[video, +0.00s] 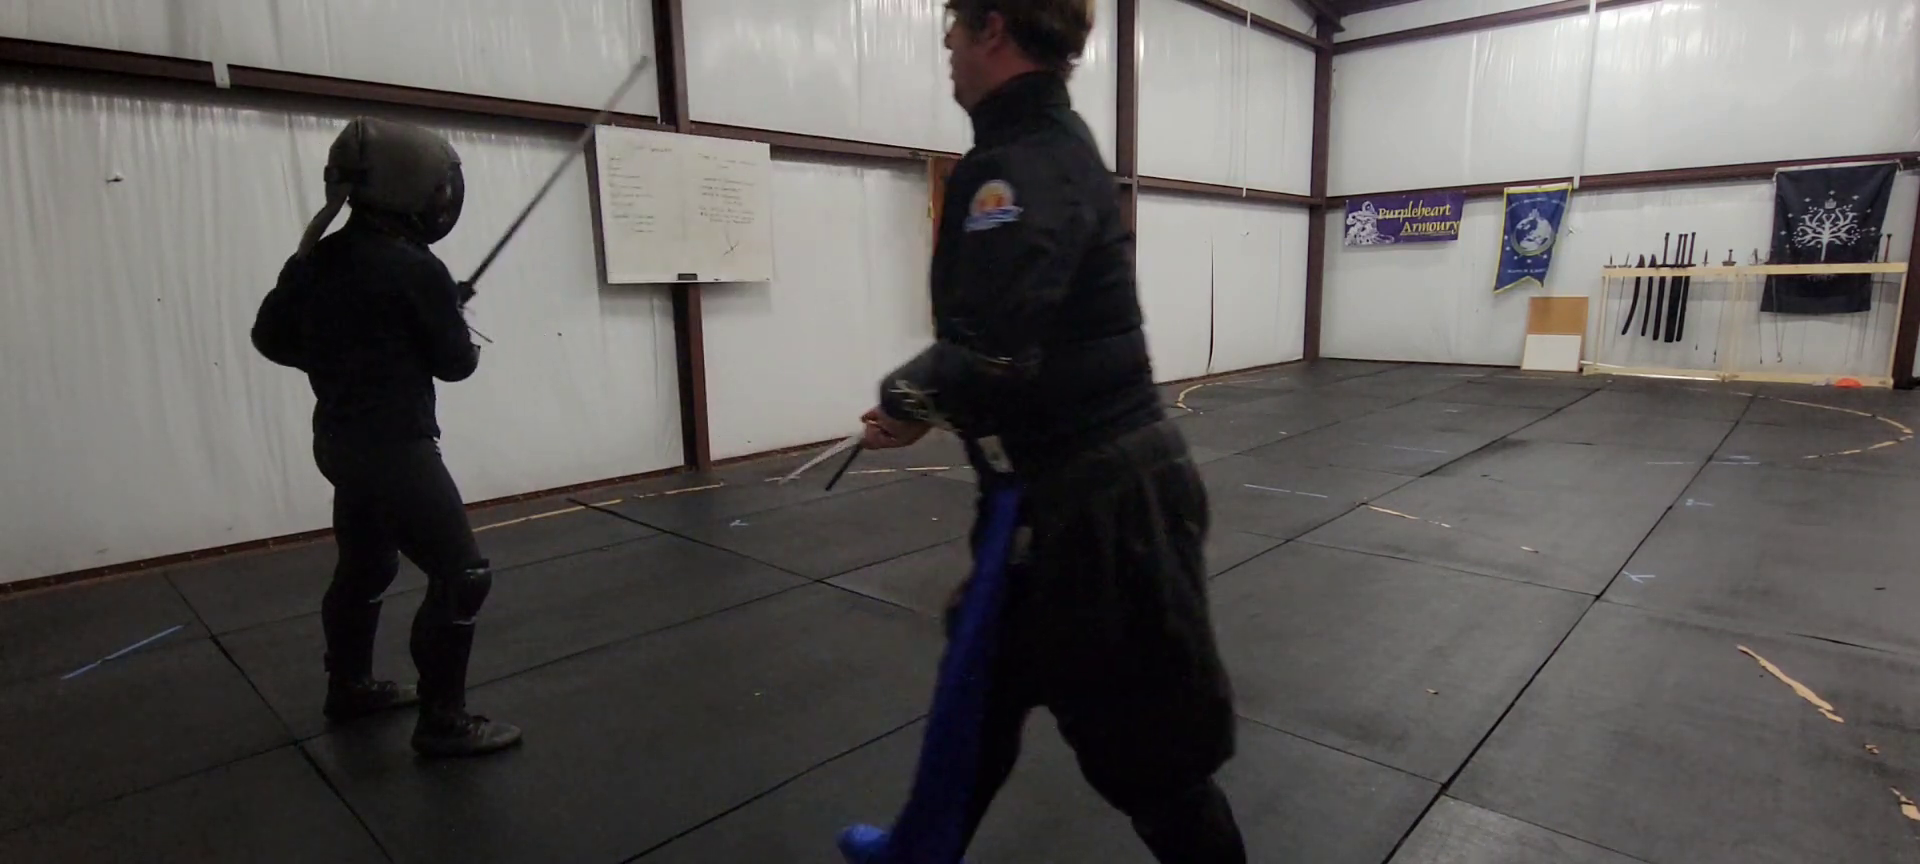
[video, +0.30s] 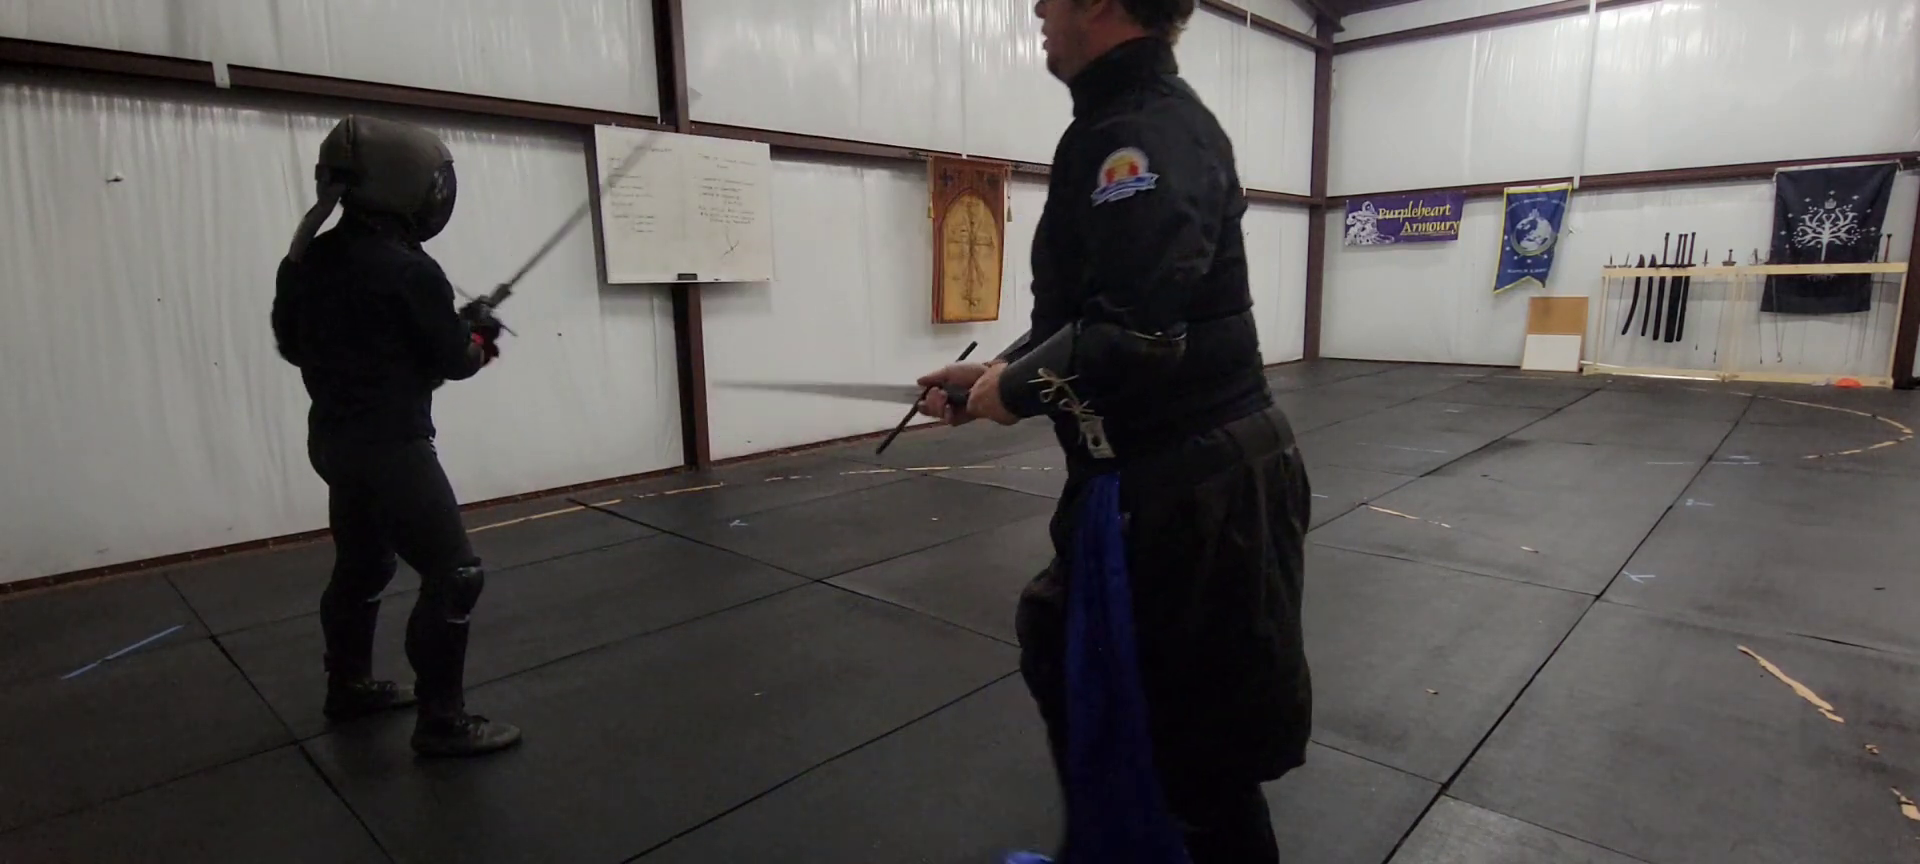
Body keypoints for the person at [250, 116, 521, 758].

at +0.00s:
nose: (449, 201)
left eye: (449, 188)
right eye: (444, 189)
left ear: (361, 189)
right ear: (424, 196)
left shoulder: (317, 261)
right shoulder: (416, 268)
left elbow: (269, 335)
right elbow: (455, 361)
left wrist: (339, 353)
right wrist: (449, 306)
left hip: (341, 446)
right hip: (402, 451)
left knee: (364, 565)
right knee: (461, 576)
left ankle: (350, 689)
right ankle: (444, 720)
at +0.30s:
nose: (444, 196)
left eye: (442, 183)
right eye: (437, 184)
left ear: (357, 186)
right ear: (416, 193)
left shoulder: (312, 259)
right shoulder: (411, 271)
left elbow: (292, 343)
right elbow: (446, 360)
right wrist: (477, 338)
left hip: (335, 444)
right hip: (396, 448)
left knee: (361, 565)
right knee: (453, 575)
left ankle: (347, 688)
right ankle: (443, 721)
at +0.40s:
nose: (432, 193)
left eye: (430, 180)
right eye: (425, 181)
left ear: (342, 186)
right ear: (402, 190)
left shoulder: (303, 266)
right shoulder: (399, 270)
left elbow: (338, 354)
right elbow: (456, 349)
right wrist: (506, 340)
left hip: (333, 447)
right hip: (392, 450)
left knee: (357, 568)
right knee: (451, 575)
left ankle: (348, 687)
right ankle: (442, 719)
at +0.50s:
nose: (424, 192)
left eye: (422, 179)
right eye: (417, 180)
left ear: (340, 184)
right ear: (396, 189)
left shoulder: (307, 262)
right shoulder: (386, 266)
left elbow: (403, 330)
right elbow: (460, 339)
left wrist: (488, 333)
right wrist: (533, 338)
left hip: (334, 443)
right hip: (389, 449)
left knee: (358, 567)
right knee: (448, 575)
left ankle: (349, 689)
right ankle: (443, 721)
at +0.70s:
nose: (425, 198)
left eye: (424, 185)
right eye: (417, 184)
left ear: (350, 185)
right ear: (391, 190)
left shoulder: (357, 258)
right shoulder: (357, 266)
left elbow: (403, 353)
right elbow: (401, 358)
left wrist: (486, 354)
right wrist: (503, 347)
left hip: (370, 448)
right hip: (375, 452)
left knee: (369, 572)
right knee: (440, 577)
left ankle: (350, 689)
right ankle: (441, 722)